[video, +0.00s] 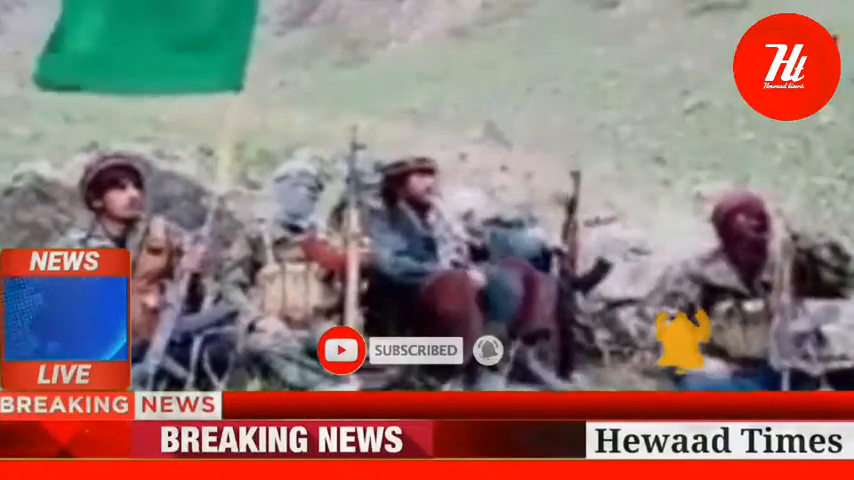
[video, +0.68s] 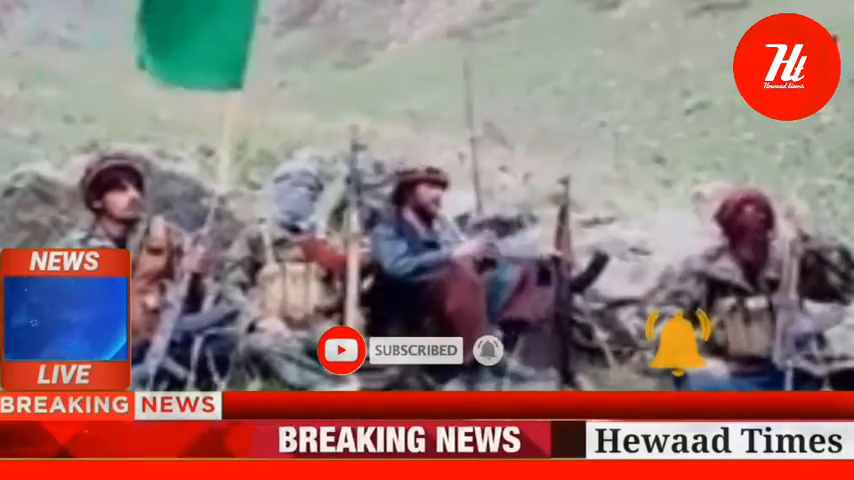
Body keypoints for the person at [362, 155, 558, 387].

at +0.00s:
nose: (429, 182)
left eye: (430, 175)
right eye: (420, 175)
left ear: (433, 180)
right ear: (400, 183)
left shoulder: (435, 214)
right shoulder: (384, 219)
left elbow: (457, 246)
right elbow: (390, 265)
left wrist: (470, 268)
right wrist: (449, 273)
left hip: (459, 275)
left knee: (539, 280)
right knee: (457, 287)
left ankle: (527, 356)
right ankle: (474, 368)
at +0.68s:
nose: (439, 195)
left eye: (441, 188)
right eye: (431, 186)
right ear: (411, 190)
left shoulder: (441, 225)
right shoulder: (388, 228)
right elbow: (397, 267)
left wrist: (479, 250)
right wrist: (455, 254)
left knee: (513, 274)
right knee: (459, 278)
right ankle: (477, 366)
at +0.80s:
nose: (439, 198)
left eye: (441, 192)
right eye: (432, 189)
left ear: (441, 198)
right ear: (410, 193)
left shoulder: (443, 230)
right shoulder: (386, 231)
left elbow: (479, 264)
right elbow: (395, 265)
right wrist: (452, 250)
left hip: (455, 300)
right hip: (408, 313)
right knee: (459, 276)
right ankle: (477, 364)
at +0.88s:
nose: (440, 198)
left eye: (442, 192)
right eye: (433, 190)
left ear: (442, 197)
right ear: (411, 193)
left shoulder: (441, 231)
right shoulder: (387, 232)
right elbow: (393, 264)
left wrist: (535, 270)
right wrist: (448, 245)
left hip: (450, 304)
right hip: (405, 313)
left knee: (515, 276)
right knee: (457, 273)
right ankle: (480, 358)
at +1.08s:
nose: (441, 197)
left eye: (443, 192)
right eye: (433, 189)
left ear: (444, 198)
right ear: (413, 193)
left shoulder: (446, 231)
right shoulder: (389, 234)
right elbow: (392, 269)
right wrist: (451, 247)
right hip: (403, 321)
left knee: (522, 278)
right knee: (454, 265)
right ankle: (489, 340)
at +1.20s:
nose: (443, 194)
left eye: (446, 188)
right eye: (435, 185)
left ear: (447, 194)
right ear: (414, 191)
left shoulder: (451, 228)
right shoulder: (392, 231)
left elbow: (479, 272)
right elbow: (389, 271)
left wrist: (476, 252)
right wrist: (446, 257)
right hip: (405, 321)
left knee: (516, 284)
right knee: (446, 279)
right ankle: (490, 341)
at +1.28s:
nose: (446, 191)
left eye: (449, 185)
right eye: (438, 183)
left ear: (450, 191)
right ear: (418, 187)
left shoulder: (451, 229)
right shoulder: (393, 228)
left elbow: (481, 272)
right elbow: (388, 274)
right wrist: (444, 263)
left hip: (450, 302)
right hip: (406, 311)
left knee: (519, 302)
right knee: (444, 284)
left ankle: (479, 358)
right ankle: (479, 353)